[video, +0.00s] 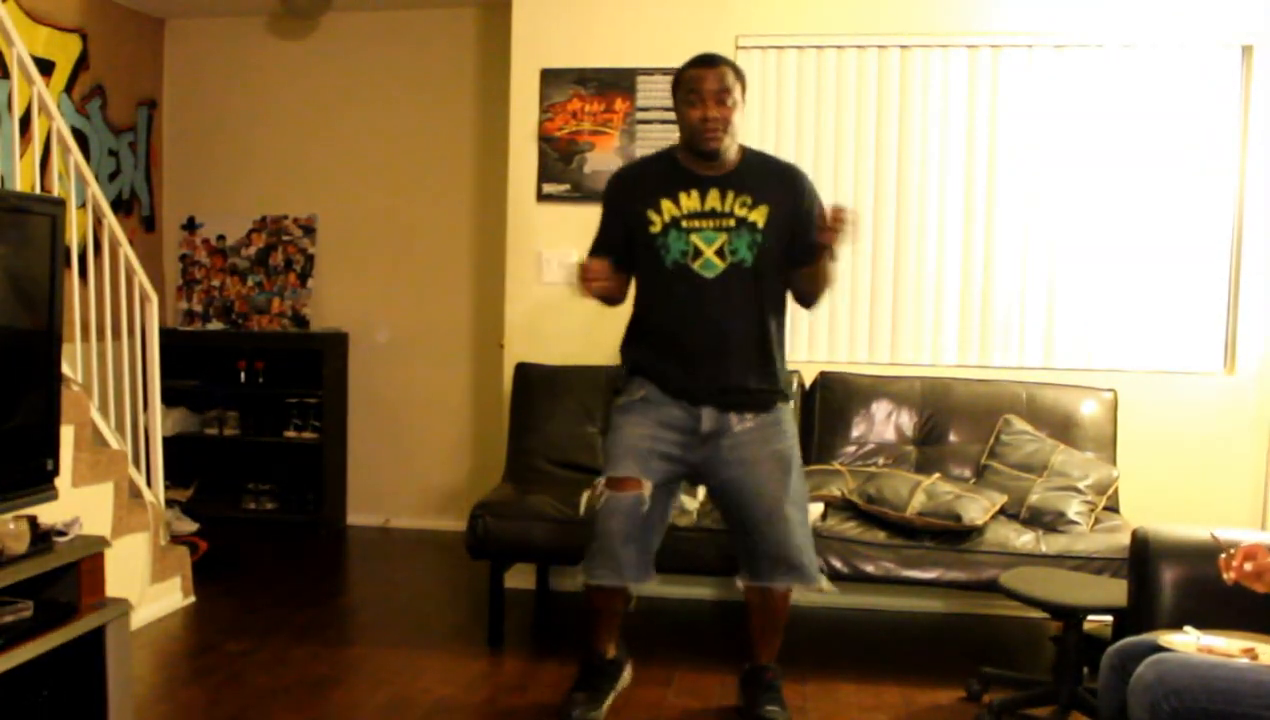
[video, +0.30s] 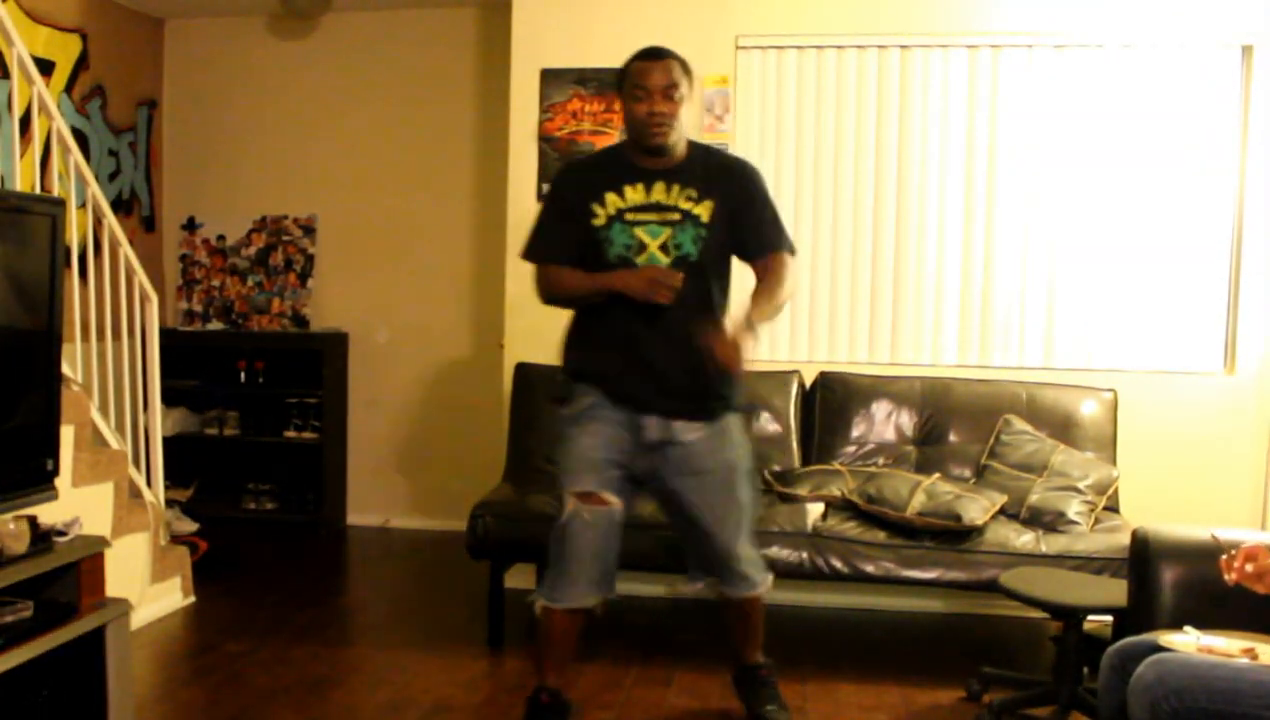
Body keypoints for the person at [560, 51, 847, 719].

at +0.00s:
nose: (709, 111)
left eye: (722, 98)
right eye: (695, 99)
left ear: (741, 106)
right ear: (676, 109)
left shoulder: (785, 187)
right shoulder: (634, 186)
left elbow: (807, 294)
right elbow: (615, 289)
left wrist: (824, 250)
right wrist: (598, 280)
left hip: (753, 405)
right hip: (654, 398)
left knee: (779, 546)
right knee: (617, 521)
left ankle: (762, 676)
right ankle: (603, 662)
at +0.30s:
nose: (656, 107)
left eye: (669, 94)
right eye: (641, 94)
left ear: (689, 101)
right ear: (621, 103)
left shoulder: (731, 180)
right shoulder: (583, 180)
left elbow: (775, 271)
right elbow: (549, 280)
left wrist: (743, 329)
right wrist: (620, 280)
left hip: (700, 403)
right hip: (602, 398)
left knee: (737, 557)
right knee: (580, 542)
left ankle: (754, 673)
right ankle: (549, 699)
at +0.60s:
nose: (617, 119)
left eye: (630, 106)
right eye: (603, 105)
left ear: (650, 106)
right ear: (580, 106)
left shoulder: (694, 162)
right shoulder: (547, 181)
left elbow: (747, 252)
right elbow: (533, 291)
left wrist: (776, 357)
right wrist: (521, 389)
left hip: (632, 387)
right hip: (550, 381)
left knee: (581, 535)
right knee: (525, 536)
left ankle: (597, 684)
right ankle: (542, 695)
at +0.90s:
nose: (627, 114)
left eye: (642, 101)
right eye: (613, 100)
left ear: (661, 101)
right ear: (588, 98)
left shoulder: (702, 176)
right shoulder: (549, 166)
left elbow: (736, 281)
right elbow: (515, 255)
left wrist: (763, 389)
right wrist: (481, 343)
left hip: (691, 409)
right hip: (578, 406)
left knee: (738, 576)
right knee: (520, 546)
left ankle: (723, 706)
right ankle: (541, 693)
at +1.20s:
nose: (685, 144)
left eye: (701, 130)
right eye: (672, 128)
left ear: (724, 124)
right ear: (651, 118)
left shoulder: (759, 190)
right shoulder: (601, 175)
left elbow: (823, 283)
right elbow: (528, 240)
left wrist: (806, 256)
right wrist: (466, 312)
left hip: (740, 416)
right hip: (643, 409)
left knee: (752, 602)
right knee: (670, 565)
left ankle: (724, 715)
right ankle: (602, 697)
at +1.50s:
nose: (692, 137)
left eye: (706, 121)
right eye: (676, 122)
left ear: (728, 110)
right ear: (655, 114)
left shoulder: (761, 148)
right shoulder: (620, 172)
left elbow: (817, 227)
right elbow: (531, 250)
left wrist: (810, 184)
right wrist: (552, 235)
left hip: (726, 396)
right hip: (616, 379)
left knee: (745, 568)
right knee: (530, 537)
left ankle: (729, 710)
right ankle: (555, 678)